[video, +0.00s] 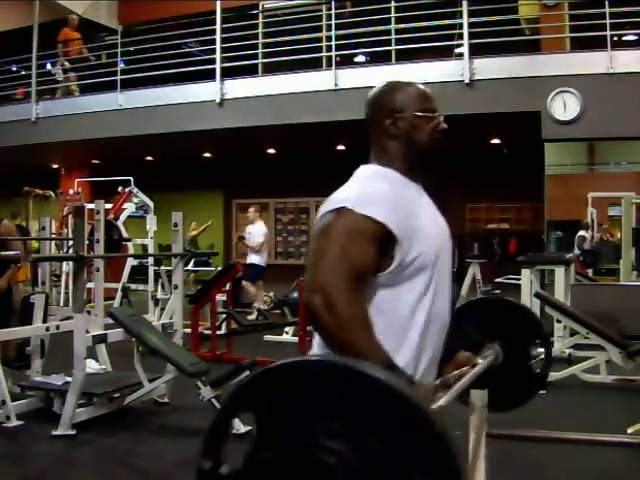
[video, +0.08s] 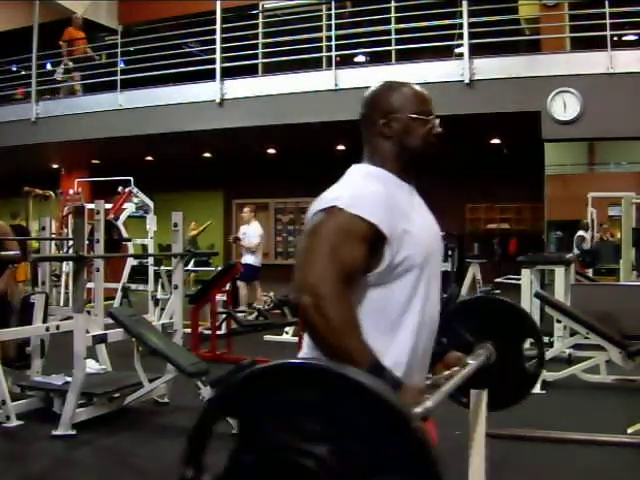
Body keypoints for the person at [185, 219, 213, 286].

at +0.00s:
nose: (196, 226)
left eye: (196, 225)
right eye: (194, 225)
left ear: (196, 227)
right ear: (191, 227)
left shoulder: (193, 236)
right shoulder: (190, 235)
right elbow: (200, 231)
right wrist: (207, 225)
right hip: (191, 255)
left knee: (190, 272)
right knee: (193, 272)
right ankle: (191, 287)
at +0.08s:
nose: (195, 226)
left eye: (196, 225)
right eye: (194, 225)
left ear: (195, 227)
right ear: (191, 226)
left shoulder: (192, 236)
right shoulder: (190, 235)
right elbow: (200, 230)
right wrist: (208, 223)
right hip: (192, 254)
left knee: (189, 272)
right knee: (193, 271)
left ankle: (187, 287)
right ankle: (192, 287)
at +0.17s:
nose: (195, 226)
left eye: (195, 225)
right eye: (194, 225)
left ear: (195, 227)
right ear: (191, 227)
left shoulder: (192, 235)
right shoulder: (190, 235)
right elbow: (200, 230)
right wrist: (208, 223)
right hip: (192, 254)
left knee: (189, 272)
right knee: (193, 271)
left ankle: (188, 287)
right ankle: (193, 287)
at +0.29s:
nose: (194, 228)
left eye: (195, 227)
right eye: (193, 226)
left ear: (195, 228)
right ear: (190, 228)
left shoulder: (192, 236)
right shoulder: (190, 235)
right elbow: (199, 230)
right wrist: (206, 224)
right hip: (191, 254)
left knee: (189, 271)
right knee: (193, 271)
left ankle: (187, 286)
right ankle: (192, 286)